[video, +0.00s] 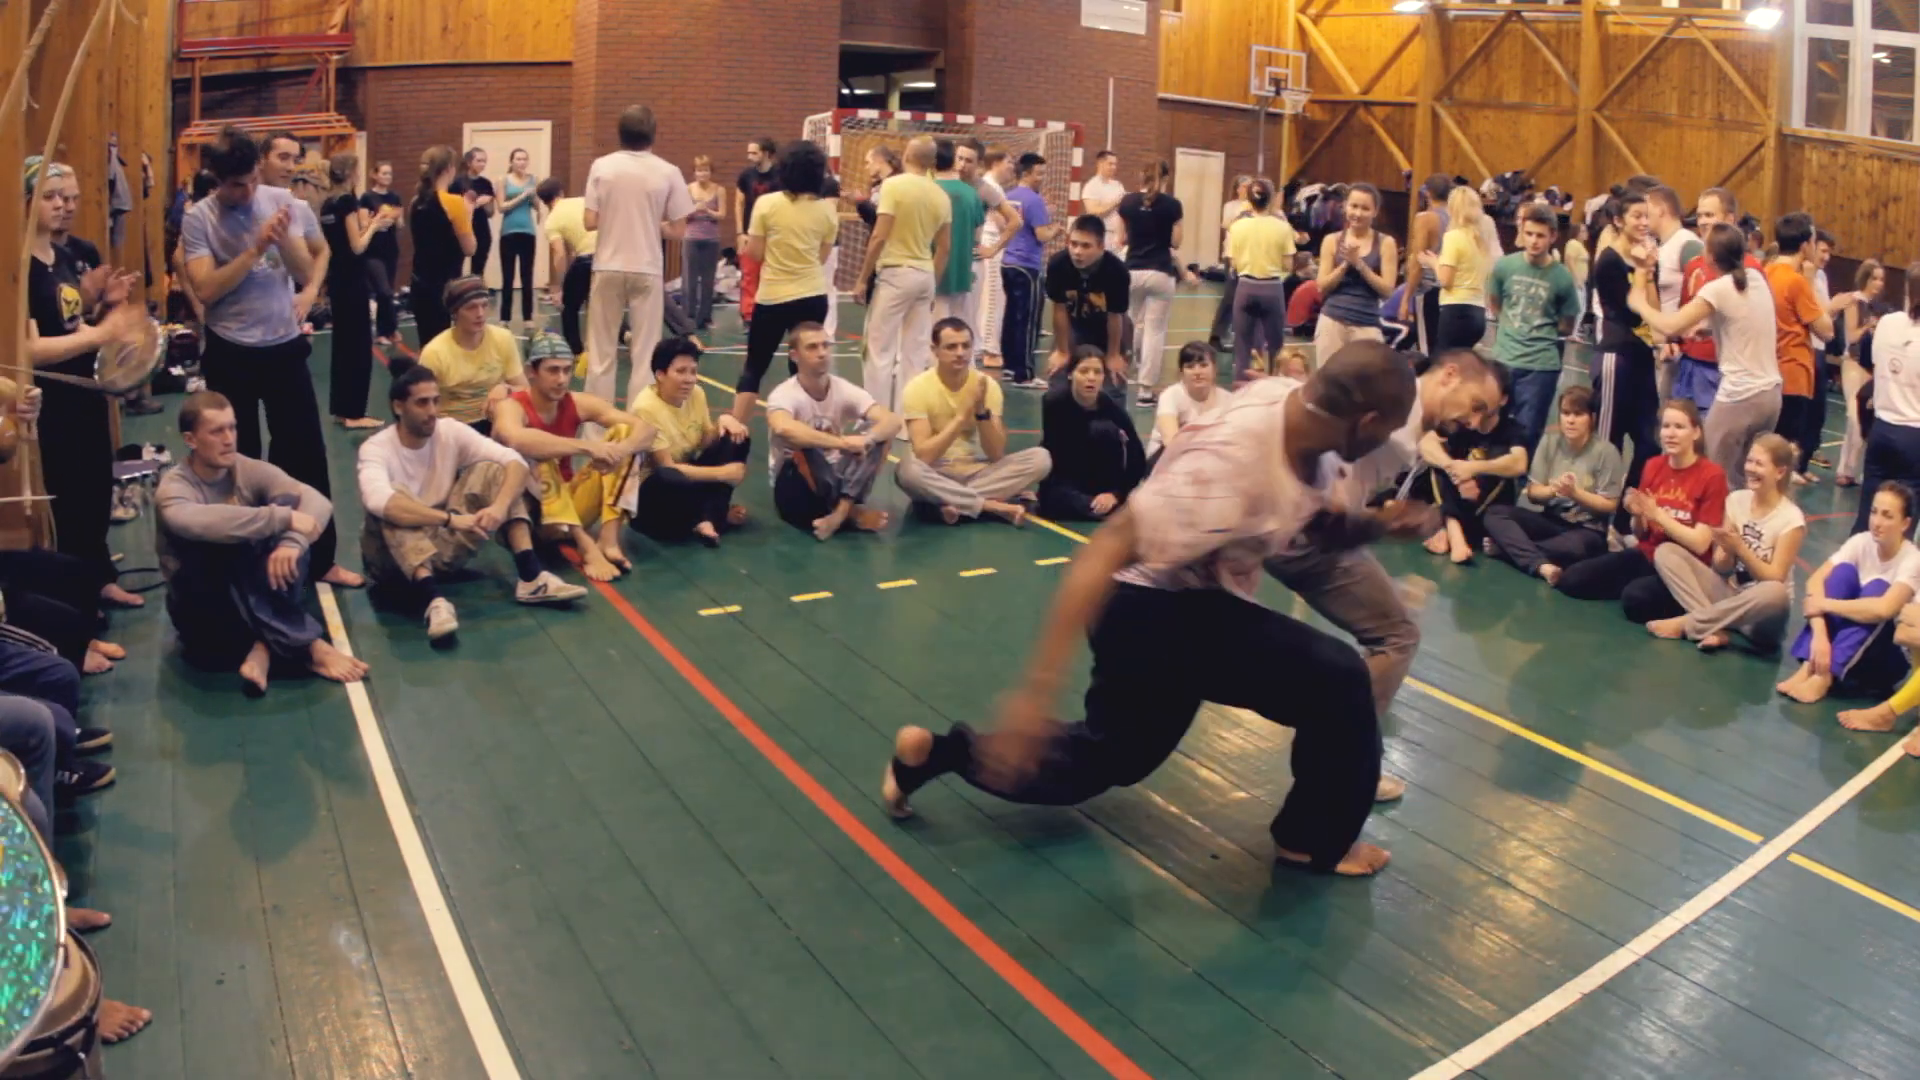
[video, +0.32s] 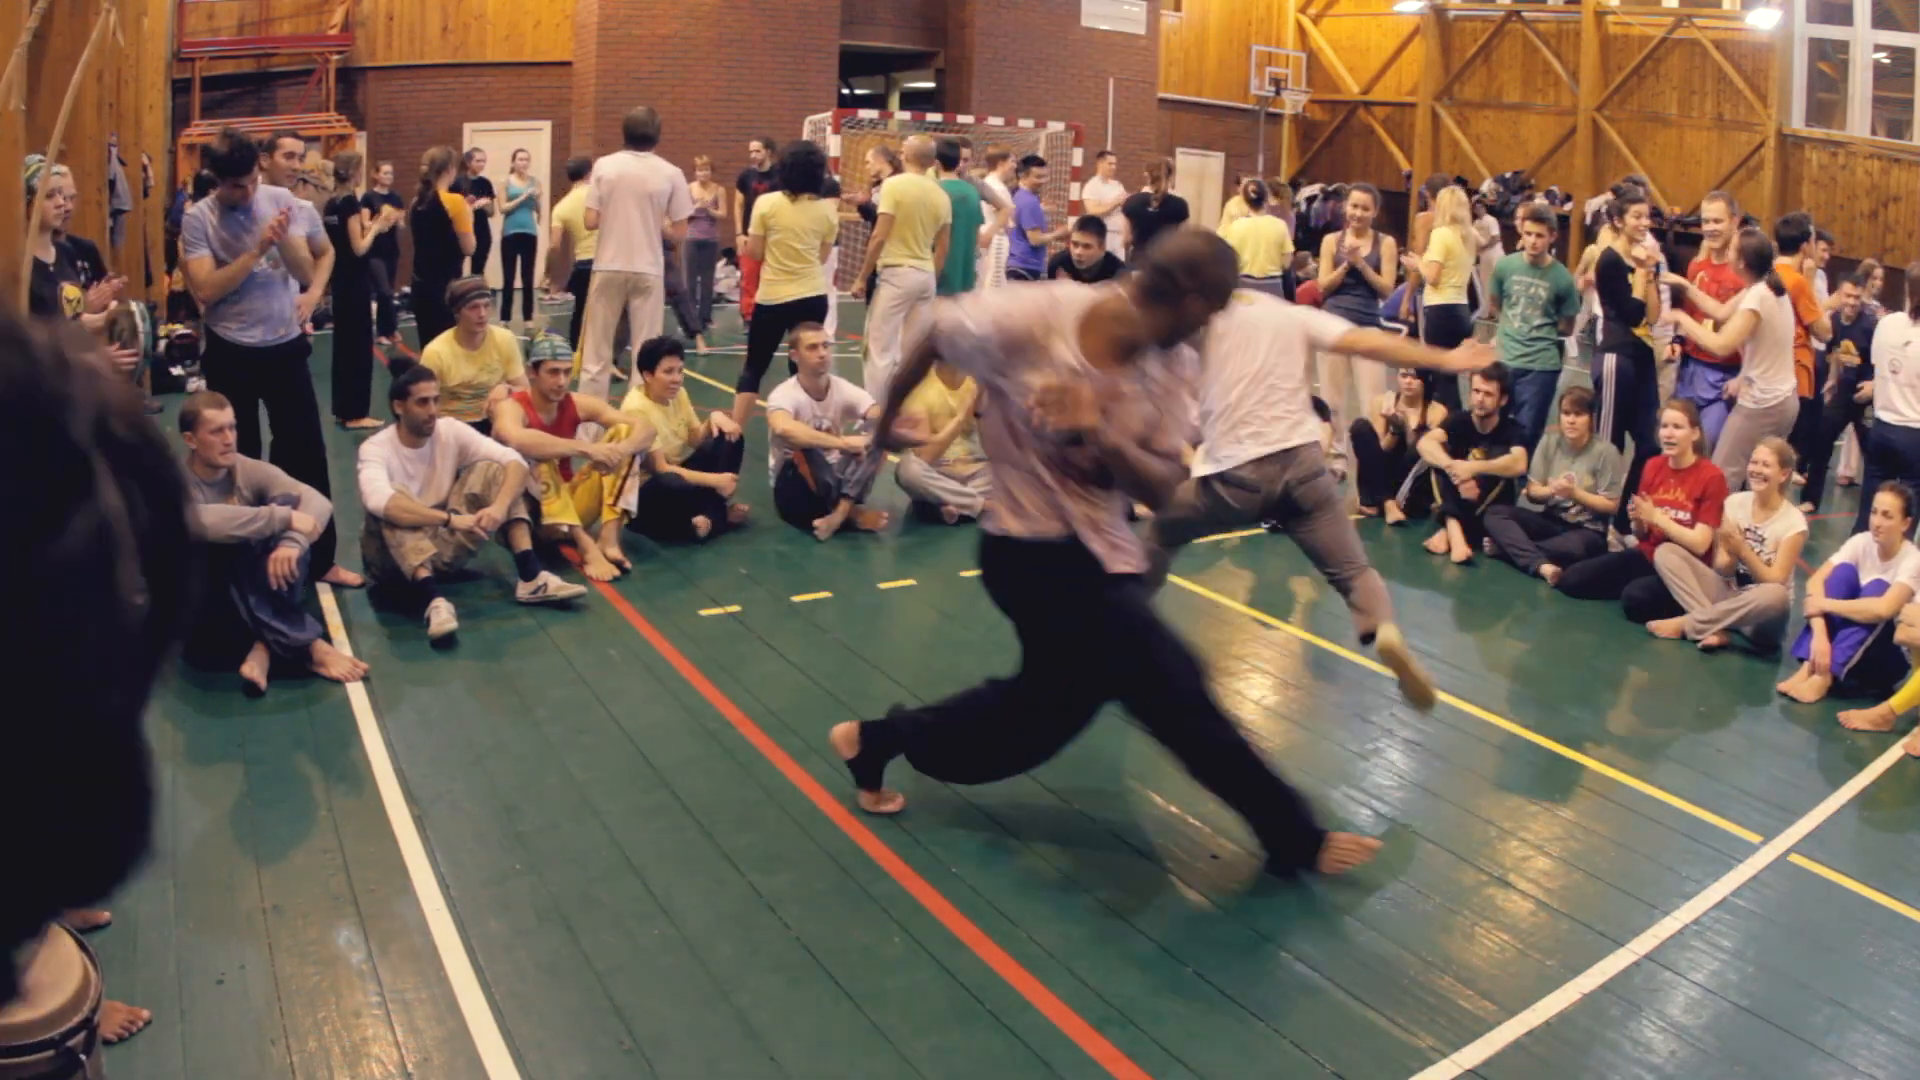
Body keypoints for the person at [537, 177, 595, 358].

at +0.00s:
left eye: (543, 200)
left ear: (543, 200)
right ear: (562, 192)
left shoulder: (552, 220)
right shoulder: (584, 201)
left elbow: (560, 254)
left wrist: (558, 287)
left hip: (585, 258)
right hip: (609, 253)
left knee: (570, 307)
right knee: (605, 304)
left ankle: (576, 350)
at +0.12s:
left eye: (547, 189)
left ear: (547, 189)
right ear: (566, 183)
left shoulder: (553, 214)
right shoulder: (589, 196)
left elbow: (560, 248)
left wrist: (559, 282)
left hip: (583, 257)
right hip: (607, 253)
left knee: (571, 307)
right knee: (601, 305)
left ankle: (576, 350)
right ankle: (605, 346)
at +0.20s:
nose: (575, 180)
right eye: (574, 178)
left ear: (553, 182)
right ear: (573, 179)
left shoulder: (555, 211)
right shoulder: (592, 194)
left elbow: (558, 248)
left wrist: (556, 282)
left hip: (582, 257)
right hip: (608, 252)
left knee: (574, 309)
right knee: (605, 306)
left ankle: (574, 349)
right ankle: (609, 348)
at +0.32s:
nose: (593, 175)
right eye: (592, 171)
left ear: (570, 176)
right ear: (589, 173)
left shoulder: (562, 206)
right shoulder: (603, 193)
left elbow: (555, 245)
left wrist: (548, 274)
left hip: (584, 261)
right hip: (610, 258)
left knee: (579, 313)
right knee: (605, 314)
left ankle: (575, 351)